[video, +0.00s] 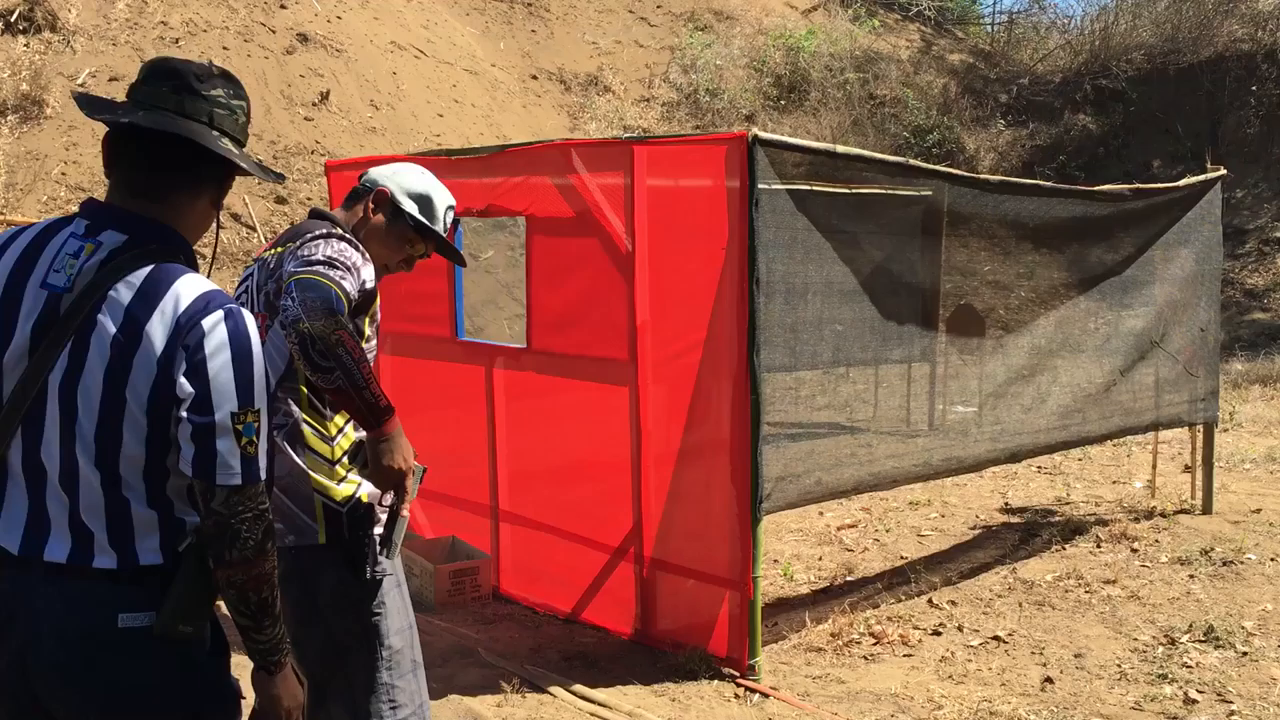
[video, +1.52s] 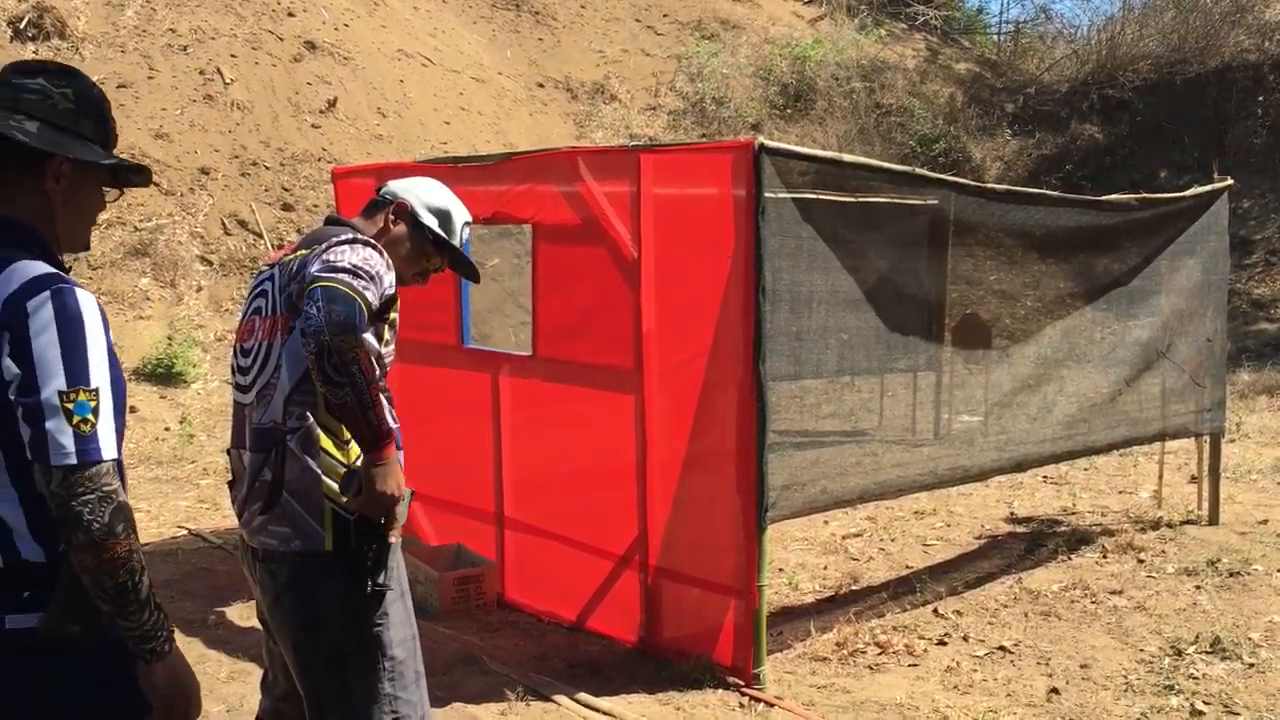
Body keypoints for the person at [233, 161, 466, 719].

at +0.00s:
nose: (413, 262)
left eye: (423, 253)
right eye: (413, 243)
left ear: (368, 208)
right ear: (375, 206)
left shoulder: (280, 258)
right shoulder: (335, 248)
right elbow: (313, 319)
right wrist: (385, 426)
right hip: (333, 525)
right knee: (383, 699)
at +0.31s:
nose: (413, 266)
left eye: (423, 256)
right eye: (414, 246)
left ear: (369, 212)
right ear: (377, 210)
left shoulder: (275, 260)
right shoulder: (345, 253)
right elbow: (326, 327)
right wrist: (394, 439)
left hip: (270, 533)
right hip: (327, 531)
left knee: (311, 700)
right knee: (383, 702)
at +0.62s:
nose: (413, 271)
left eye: (424, 262)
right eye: (415, 251)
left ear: (371, 217)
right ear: (379, 216)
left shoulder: (273, 268)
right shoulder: (350, 257)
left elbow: (259, 410)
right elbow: (333, 337)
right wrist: (395, 451)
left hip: (274, 541)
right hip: (332, 540)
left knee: (291, 703)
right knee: (382, 706)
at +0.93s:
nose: (420, 275)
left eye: (430, 266)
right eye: (419, 255)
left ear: (376, 224)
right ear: (384, 222)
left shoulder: (279, 272)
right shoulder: (352, 259)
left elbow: (257, 411)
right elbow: (328, 334)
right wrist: (389, 458)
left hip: (275, 545)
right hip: (332, 545)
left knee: (293, 706)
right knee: (382, 707)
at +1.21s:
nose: (424, 275)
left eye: (434, 266)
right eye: (423, 255)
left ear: (379, 223)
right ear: (387, 221)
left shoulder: (283, 269)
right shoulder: (356, 258)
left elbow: (261, 408)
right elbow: (336, 337)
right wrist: (395, 457)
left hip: (278, 543)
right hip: (333, 542)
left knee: (294, 706)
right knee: (385, 707)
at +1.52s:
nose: (424, 276)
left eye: (435, 268)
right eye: (426, 257)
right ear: (395, 219)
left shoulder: (281, 268)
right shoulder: (358, 252)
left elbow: (256, 407)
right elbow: (332, 326)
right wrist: (382, 451)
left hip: (278, 540)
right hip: (335, 539)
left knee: (293, 705)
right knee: (385, 707)